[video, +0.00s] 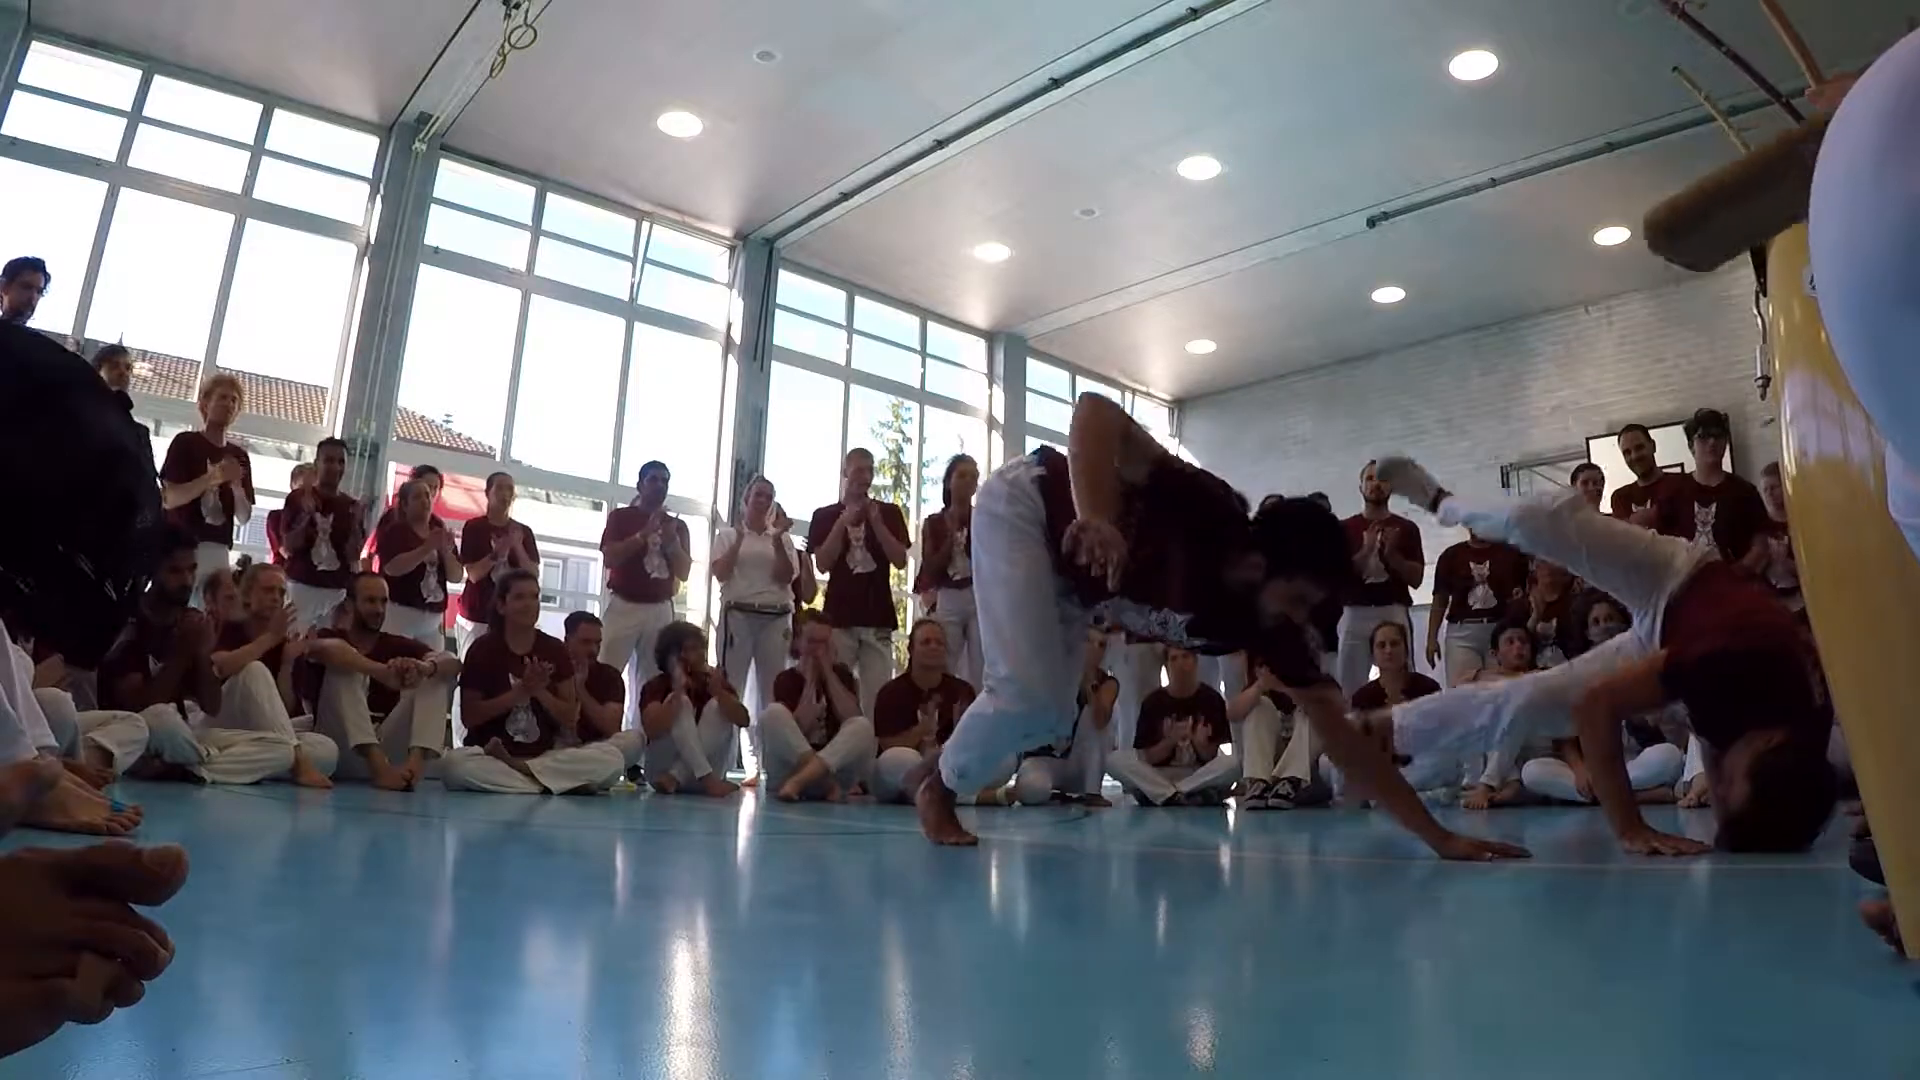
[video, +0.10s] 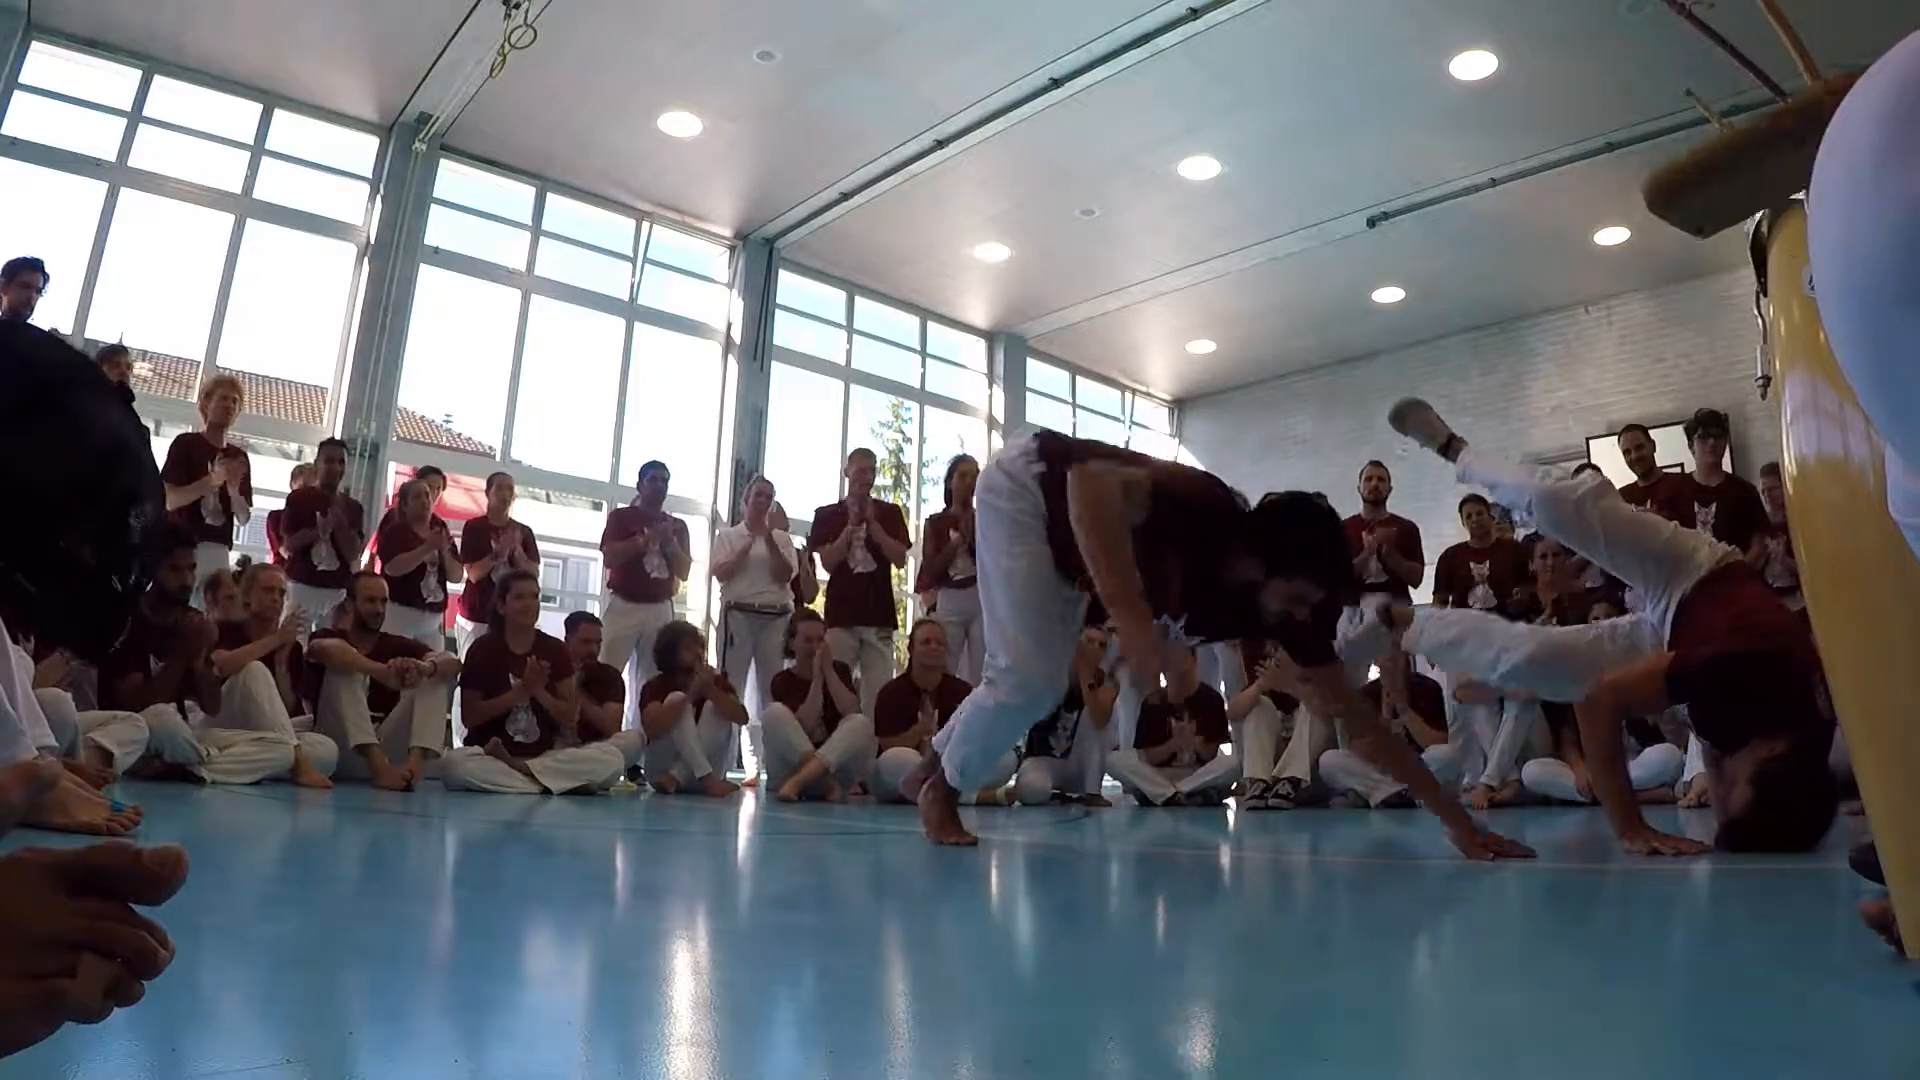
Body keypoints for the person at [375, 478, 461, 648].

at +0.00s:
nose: (425, 502)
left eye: (428, 496)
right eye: (417, 497)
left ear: (433, 500)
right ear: (404, 504)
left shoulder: (439, 532)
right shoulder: (394, 531)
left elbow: (456, 577)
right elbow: (391, 568)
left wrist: (447, 550)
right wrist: (428, 547)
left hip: (434, 614)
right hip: (401, 611)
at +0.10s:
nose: (425, 502)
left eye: (427, 496)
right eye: (417, 497)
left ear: (433, 500)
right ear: (404, 505)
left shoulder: (440, 530)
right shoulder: (395, 531)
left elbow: (456, 577)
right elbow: (392, 568)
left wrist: (444, 550)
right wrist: (428, 547)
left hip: (434, 613)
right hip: (401, 610)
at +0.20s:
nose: (424, 502)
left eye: (427, 496)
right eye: (417, 497)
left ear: (432, 500)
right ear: (403, 504)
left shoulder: (441, 532)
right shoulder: (393, 533)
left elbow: (457, 576)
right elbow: (392, 568)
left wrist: (442, 556)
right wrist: (430, 549)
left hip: (434, 614)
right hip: (401, 610)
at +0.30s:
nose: (424, 502)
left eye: (426, 496)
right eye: (416, 497)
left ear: (432, 500)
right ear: (403, 504)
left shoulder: (442, 532)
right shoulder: (394, 533)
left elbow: (457, 576)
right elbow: (392, 568)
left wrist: (444, 555)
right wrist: (429, 549)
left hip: (434, 614)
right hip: (400, 611)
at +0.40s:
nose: (424, 502)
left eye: (426, 496)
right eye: (416, 497)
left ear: (431, 501)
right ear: (403, 504)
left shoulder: (440, 533)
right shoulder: (394, 534)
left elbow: (456, 578)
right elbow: (391, 569)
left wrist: (446, 549)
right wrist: (429, 546)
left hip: (434, 615)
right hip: (400, 611)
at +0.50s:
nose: (424, 502)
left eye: (426, 496)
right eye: (417, 497)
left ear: (431, 500)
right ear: (403, 504)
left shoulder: (440, 534)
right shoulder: (392, 535)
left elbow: (457, 577)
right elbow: (392, 569)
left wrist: (443, 554)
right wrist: (430, 548)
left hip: (434, 615)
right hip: (400, 612)